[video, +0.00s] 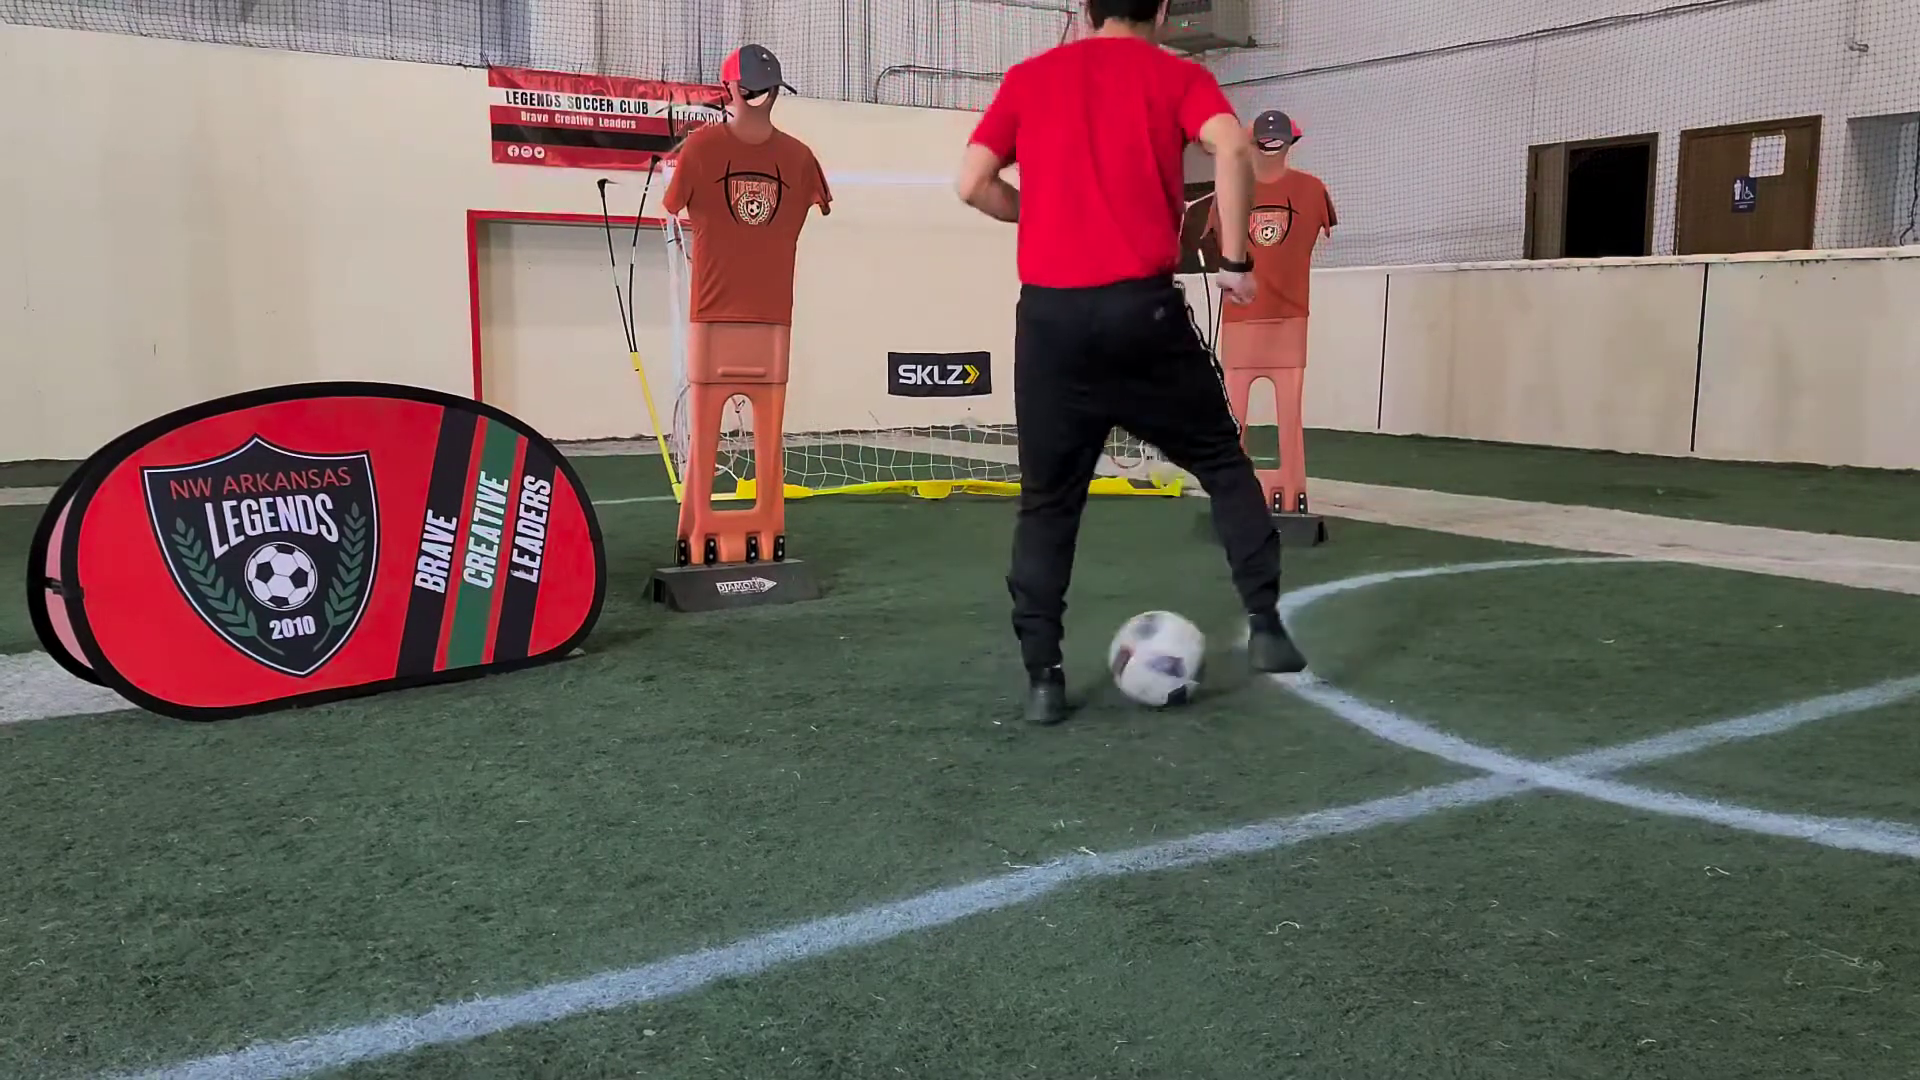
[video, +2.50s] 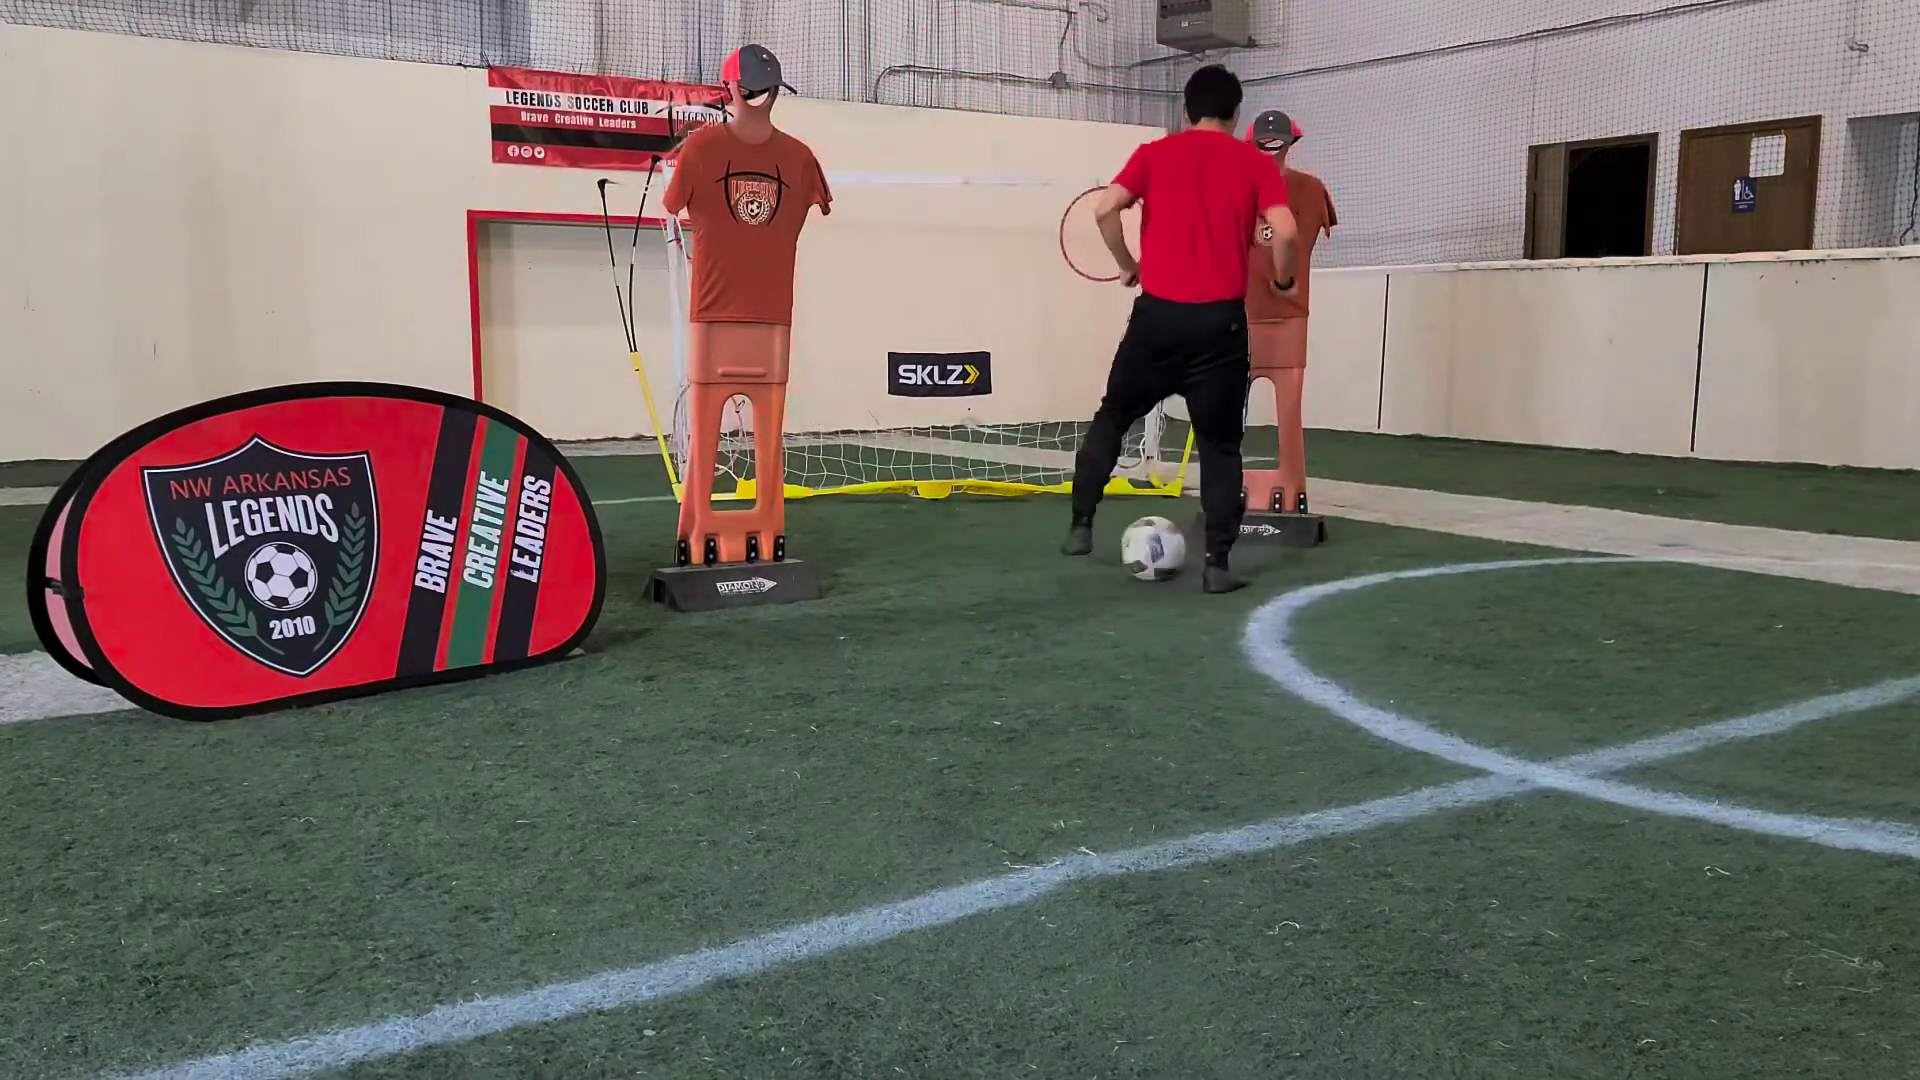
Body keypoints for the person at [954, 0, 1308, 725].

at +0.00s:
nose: (1167, 21)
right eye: (1167, 13)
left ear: (1086, 10)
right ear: (1160, 11)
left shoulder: (1029, 75)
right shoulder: (1177, 73)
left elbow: (973, 183)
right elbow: (1232, 145)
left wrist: (1040, 216)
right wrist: (1231, 250)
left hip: (1048, 314)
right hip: (1143, 308)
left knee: (1048, 494)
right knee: (1222, 462)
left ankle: (1044, 676)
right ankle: (1266, 623)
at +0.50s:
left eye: (1094, 18)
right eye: (1164, 23)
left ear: (1098, 23)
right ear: (1163, 26)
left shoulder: (1050, 82)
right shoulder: (1182, 81)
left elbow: (995, 175)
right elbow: (1238, 155)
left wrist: (1050, 221)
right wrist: (1233, 253)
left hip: (1069, 300)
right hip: (1154, 296)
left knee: (1062, 470)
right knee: (1214, 443)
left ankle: (1059, 640)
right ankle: (1227, 595)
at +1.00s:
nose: (1174, 64)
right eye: (1177, 56)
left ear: (1107, 57)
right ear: (1171, 57)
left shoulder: (1064, 104)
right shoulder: (1195, 107)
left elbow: (1019, 186)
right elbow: (1237, 178)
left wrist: (1064, 230)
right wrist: (1222, 243)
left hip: (1087, 300)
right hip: (1165, 298)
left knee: (1076, 457)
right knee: (1217, 436)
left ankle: (1071, 611)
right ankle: (1224, 576)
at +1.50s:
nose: (1195, 72)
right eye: (1198, 64)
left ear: (1135, 65)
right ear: (1193, 65)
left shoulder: (1102, 108)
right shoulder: (1218, 113)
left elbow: (1050, 160)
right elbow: (1255, 193)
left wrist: (1072, 230)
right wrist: (1231, 235)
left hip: (1118, 296)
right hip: (1190, 296)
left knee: (1090, 427)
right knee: (1211, 435)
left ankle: (1073, 558)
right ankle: (1204, 572)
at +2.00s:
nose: (1207, 97)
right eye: (1212, 87)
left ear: (1160, 92)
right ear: (1213, 91)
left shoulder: (1132, 134)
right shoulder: (1239, 143)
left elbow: (1084, 183)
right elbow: (1276, 224)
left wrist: (1094, 249)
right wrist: (1242, 246)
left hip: (1141, 310)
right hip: (1208, 313)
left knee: (1104, 421)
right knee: (1211, 442)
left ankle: (1082, 537)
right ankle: (1210, 577)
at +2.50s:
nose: (1236, 120)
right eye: (1238, 113)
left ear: (1187, 110)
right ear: (1236, 113)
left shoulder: (1156, 152)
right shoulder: (1255, 161)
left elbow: (1106, 208)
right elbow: (1285, 230)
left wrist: (1125, 263)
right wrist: (1283, 278)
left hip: (1157, 319)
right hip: (1220, 321)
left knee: (1113, 416)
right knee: (1219, 443)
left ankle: (1081, 526)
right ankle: (1217, 566)